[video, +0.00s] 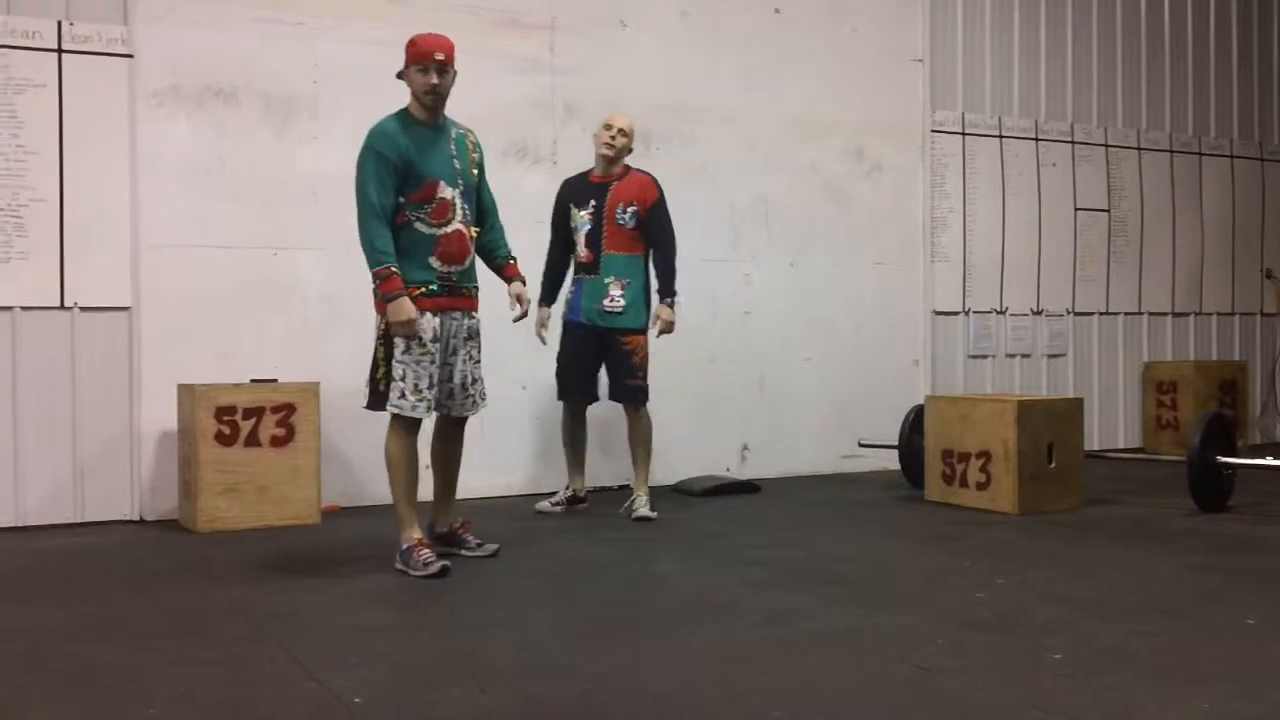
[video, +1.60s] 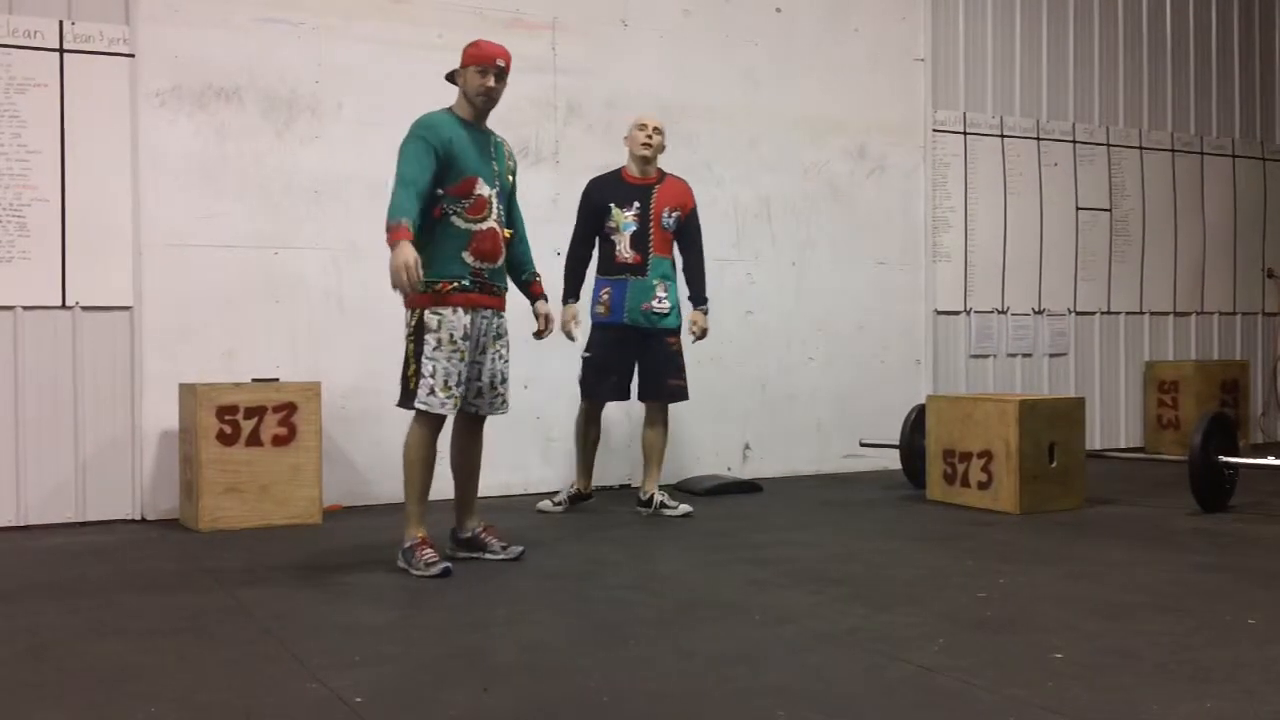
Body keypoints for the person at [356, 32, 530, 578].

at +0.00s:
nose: (435, 77)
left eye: (443, 69)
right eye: (424, 68)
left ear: (454, 75)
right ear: (406, 75)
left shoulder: (466, 142)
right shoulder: (386, 139)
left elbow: (485, 218)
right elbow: (373, 222)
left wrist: (512, 274)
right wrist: (392, 294)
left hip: (461, 302)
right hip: (412, 302)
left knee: (454, 413)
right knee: (406, 416)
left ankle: (443, 524)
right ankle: (410, 537)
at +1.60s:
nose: (491, 80)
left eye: (499, 75)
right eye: (482, 71)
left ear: (506, 85)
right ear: (459, 77)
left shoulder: (501, 150)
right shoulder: (431, 130)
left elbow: (512, 228)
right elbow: (407, 190)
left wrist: (537, 293)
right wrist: (401, 240)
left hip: (489, 302)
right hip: (441, 298)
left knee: (473, 414)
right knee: (430, 413)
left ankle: (467, 526)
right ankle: (415, 536)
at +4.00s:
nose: (448, 63)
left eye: (456, 54)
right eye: (436, 54)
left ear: (466, 63)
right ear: (415, 63)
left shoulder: (482, 134)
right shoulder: (389, 130)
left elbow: (508, 214)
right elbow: (367, 215)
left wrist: (526, 271)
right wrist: (375, 288)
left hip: (476, 299)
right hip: (417, 300)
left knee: (498, 404)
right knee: (417, 418)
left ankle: (449, 511)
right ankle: (430, 544)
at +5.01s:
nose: (506, 117)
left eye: (509, 107)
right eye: (507, 105)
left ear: (476, 88)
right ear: (490, 92)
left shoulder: (458, 137)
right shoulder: (437, 132)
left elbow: (479, 210)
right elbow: (482, 197)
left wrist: (539, 213)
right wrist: (563, 196)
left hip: (460, 291)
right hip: (442, 293)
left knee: (463, 408)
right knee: (457, 409)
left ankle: (447, 527)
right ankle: (435, 540)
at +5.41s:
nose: (497, 108)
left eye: (500, 98)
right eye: (497, 97)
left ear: (467, 84)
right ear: (476, 87)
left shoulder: (457, 133)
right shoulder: (424, 134)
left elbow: (482, 185)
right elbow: (463, 211)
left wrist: (526, 183)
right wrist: (539, 226)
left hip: (460, 297)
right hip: (428, 300)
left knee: (449, 420)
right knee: (421, 419)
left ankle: (447, 533)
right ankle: (401, 546)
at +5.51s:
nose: (495, 105)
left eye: (497, 95)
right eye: (494, 94)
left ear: (463, 83)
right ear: (472, 86)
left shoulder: (454, 132)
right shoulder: (418, 134)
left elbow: (483, 175)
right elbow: (451, 212)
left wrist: (530, 165)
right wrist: (525, 230)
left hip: (457, 296)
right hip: (422, 298)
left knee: (447, 419)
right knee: (415, 419)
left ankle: (448, 532)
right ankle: (402, 546)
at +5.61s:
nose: (490, 105)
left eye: (493, 95)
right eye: (489, 94)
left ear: (462, 83)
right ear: (467, 84)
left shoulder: (453, 132)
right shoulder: (411, 135)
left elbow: (483, 164)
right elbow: (438, 216)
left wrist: (528, 140)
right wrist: (508, 236)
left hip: (455, 298)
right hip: (416, 300)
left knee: (447, 419)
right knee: (409, 419)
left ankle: (449, 533)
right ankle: (400, 545)